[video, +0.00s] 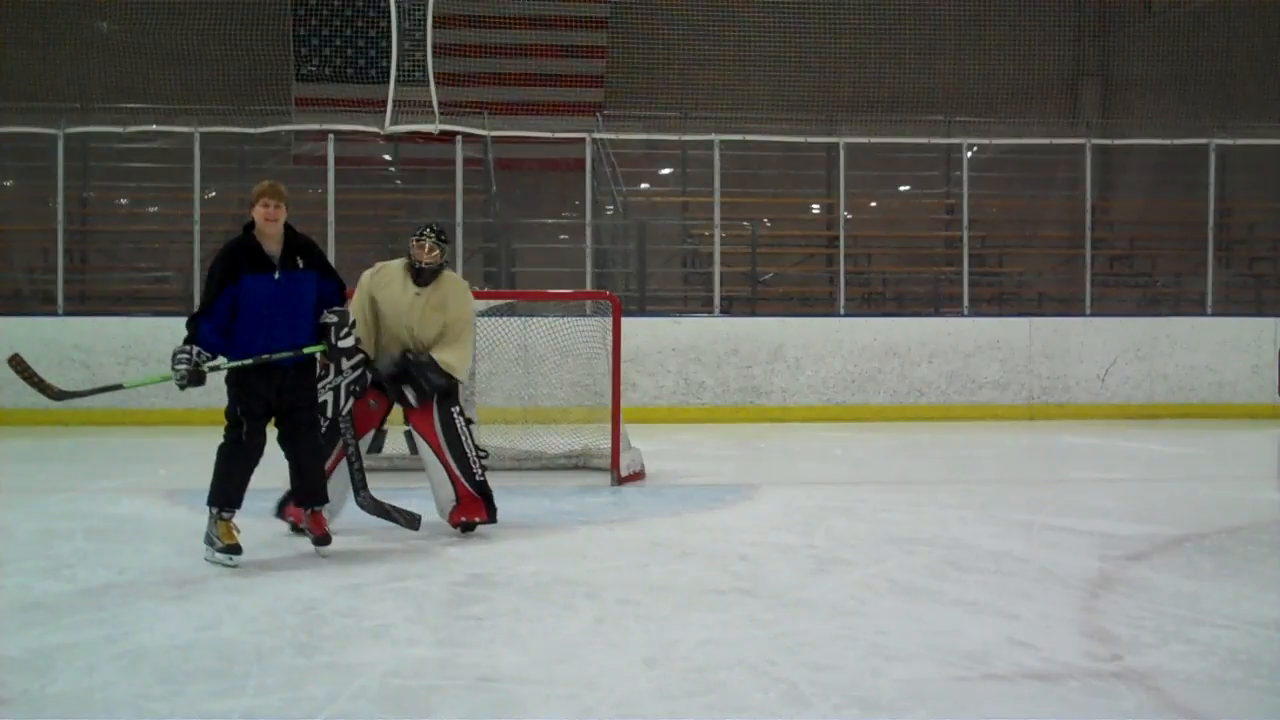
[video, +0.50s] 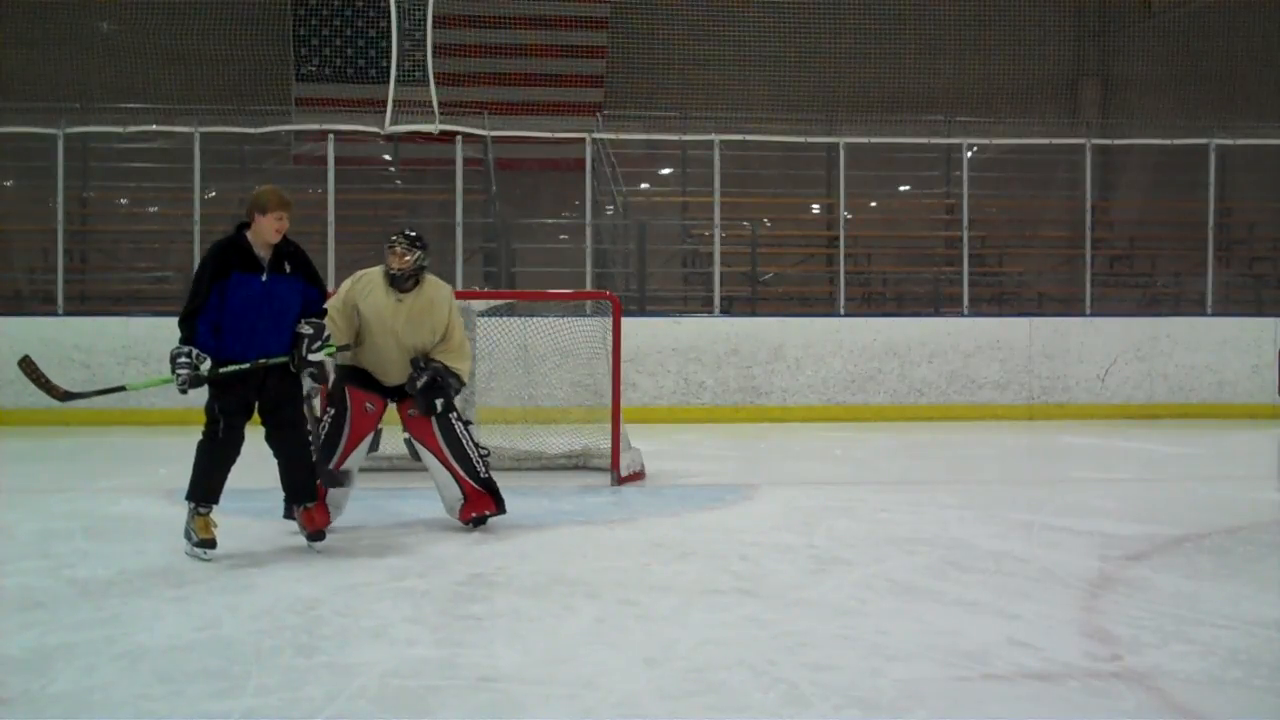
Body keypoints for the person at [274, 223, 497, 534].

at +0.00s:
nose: (424, 255)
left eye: (432, 250)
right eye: (420, 247)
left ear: (443, 255)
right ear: (410, 248)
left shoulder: (455, 290)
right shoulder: (378, 278)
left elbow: (458, 350)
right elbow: (357, 334)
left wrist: (421, 374)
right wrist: (358, 372)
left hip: (428, 377)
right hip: (378, 374)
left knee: (444, 432)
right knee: (345, 432)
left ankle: (470, 503)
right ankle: (307, 501)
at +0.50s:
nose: (396, 262)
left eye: (404, 256)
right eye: (392, 255)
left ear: (419, 259)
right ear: (385, 257)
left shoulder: (440, 295)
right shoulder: (362, 285)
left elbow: (456, 348)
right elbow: (332, 323)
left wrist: (440, 379)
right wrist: (317, 356)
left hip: (417, 379)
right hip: (364, 375)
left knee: (443, 433)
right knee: (340, 435)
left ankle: (478, 497)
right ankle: (317, 506)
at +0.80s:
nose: (356, 264)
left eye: (363, 258)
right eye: (350, 258)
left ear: (377, 262)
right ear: (342, 261)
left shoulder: (399, 291)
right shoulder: (324, 290)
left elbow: (416, 346)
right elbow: (301, 344)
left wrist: (407, 377)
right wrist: (309, 392)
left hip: (392, 379)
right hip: (341, 382)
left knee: (426, 428)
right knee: (333, 430)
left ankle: (435, 500)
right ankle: (300, 502)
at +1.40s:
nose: (341, 253)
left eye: (349, 248)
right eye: (337, 247)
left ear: (362, 253)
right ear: (329, 249)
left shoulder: (380, 284)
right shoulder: (305, 276)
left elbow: (403, 333)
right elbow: (282, 316)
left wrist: (396, 352)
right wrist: (294, 347)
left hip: (362, 375)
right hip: (315, 373)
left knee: (368, 440)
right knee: (294, 436)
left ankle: (368, 497)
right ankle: (267, 495)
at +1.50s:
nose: (338, 255)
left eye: (346, 249)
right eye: (334, 248)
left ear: (359, 253)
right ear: (326, 249)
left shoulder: (378, 285)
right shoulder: (302, 276)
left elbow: (402, 342)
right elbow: (279, 316)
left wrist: (380, 340)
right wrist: (292, 352)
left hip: (358, 373)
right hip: (310, 372)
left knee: (369, 440)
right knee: (293, 433)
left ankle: (368, 498)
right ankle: (260, 494)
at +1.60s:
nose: (332, 255)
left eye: (340, 249)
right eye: (328, 248)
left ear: (353, 253)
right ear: (320, 249)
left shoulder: (372, 285)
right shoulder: (298, 275)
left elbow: (392, 327)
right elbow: (276, 314)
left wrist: (375, 344)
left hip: (358, 370)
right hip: (310, 368)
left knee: (375, 434)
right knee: (293, 436)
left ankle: (371, 496)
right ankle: (260, 496)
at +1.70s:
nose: (324, 256)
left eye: (331, 251)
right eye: (320, 249)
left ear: (345, 255)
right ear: (312, 251)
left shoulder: (364, 286)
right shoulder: (293, 276)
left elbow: (378, 325)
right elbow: (273, 314)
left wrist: (360, 348)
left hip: (347, 375)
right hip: (301, 373)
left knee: (353, 439)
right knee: (282, 434)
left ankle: (361, 498)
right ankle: (257, 497)